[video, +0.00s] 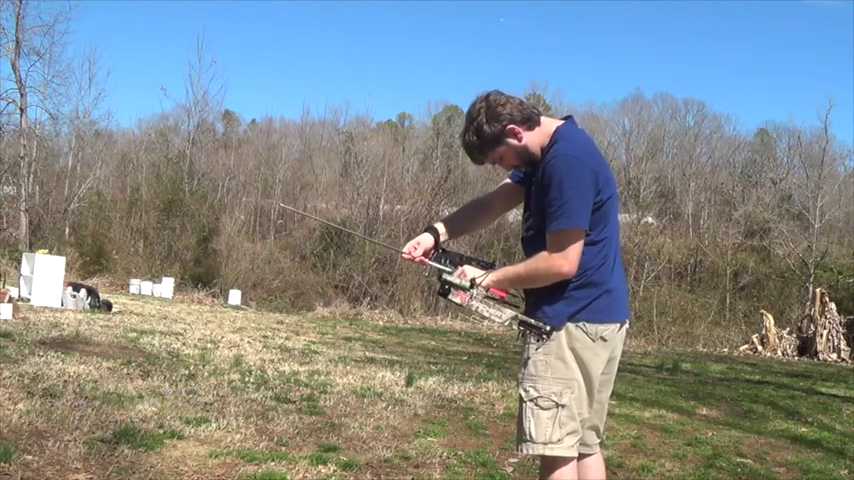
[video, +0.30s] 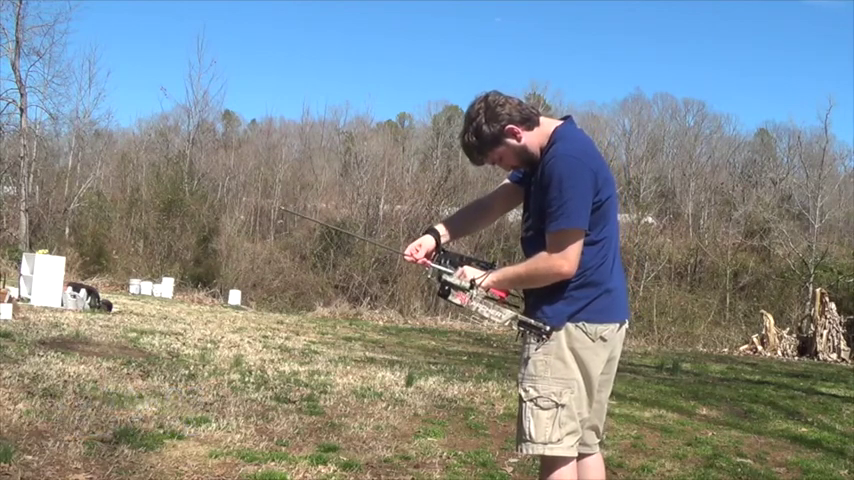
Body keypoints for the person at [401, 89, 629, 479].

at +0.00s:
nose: (502, 166)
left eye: (498, 159)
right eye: (495, 163)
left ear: (514, 132)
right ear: (515, 127)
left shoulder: (566, 159)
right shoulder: (556, 149)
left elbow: (563, 263)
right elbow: (495, 202)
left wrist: (490, 278)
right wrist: (437, 234)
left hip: (572, 319)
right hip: (591, 315)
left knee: (557, 449)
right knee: (585, 444)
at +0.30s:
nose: (501, 166)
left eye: (497, 158)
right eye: (494, 163)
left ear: (513, 132)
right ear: (516, 128)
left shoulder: (566, 160)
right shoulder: (555, 150)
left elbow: (563, 263)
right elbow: (494, 203)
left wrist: (490, 279)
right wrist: (437, 235)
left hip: (570, 319)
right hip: (590, 316)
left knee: (557, 449)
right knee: (585, 445)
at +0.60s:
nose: (500, 166)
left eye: (496, 159)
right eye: (493, 163)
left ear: (512, 132)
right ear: (514, 128)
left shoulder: (565, 159)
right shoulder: (554, 149)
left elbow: (562, 262)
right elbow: (495, 203)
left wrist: (489, 280)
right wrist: (436, 236)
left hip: (571, 319)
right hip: (590, 316)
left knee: (557, 449)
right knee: (585, 445)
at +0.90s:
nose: (499, 167)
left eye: (495, 159)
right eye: (493, 164)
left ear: (511, 133)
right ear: (514, 129)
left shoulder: (564, 159)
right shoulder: (552, 149)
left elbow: (562, 262)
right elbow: (494, 205)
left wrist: (489, 280)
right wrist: (436, 238)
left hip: (571, 319)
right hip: (589, 315)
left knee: (557, 449)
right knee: (584, 445)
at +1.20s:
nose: (499, 168)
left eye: (495, 160)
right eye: (492, 164)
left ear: (511, 133)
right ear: (513, 129)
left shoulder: (563, 159)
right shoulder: (551, 150)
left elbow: (562, 262)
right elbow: (493, 205)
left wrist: (489, 280)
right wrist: (436, 240)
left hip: (571, 319)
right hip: (589, 316)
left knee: (557, 449)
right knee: (584, 445)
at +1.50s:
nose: (496, 158)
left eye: (493, 148)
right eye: (489, 153)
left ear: (513, 123)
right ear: (516, 121)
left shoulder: (562, 157)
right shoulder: (549, 149)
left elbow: (562, 261)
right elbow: (492, 205)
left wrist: (488, 279)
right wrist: (433, 239)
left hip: (569, 319)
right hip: (590, 317)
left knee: (557, 450)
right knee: (585, 446)